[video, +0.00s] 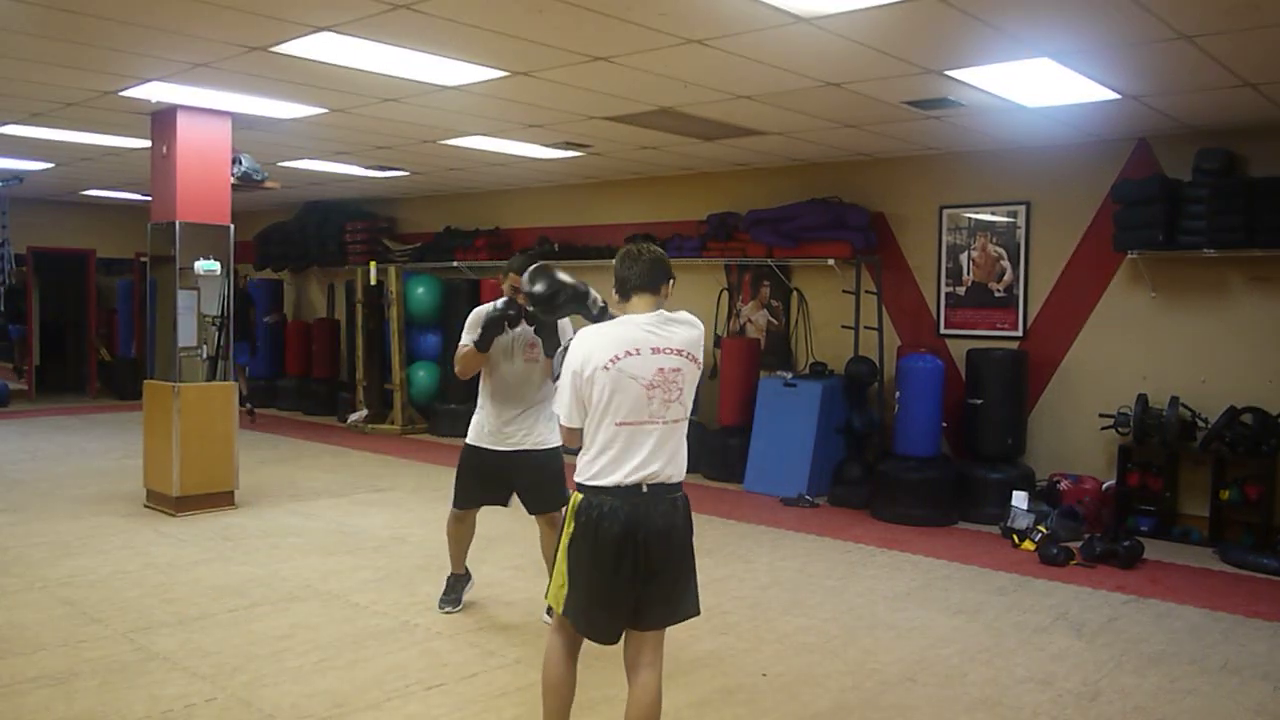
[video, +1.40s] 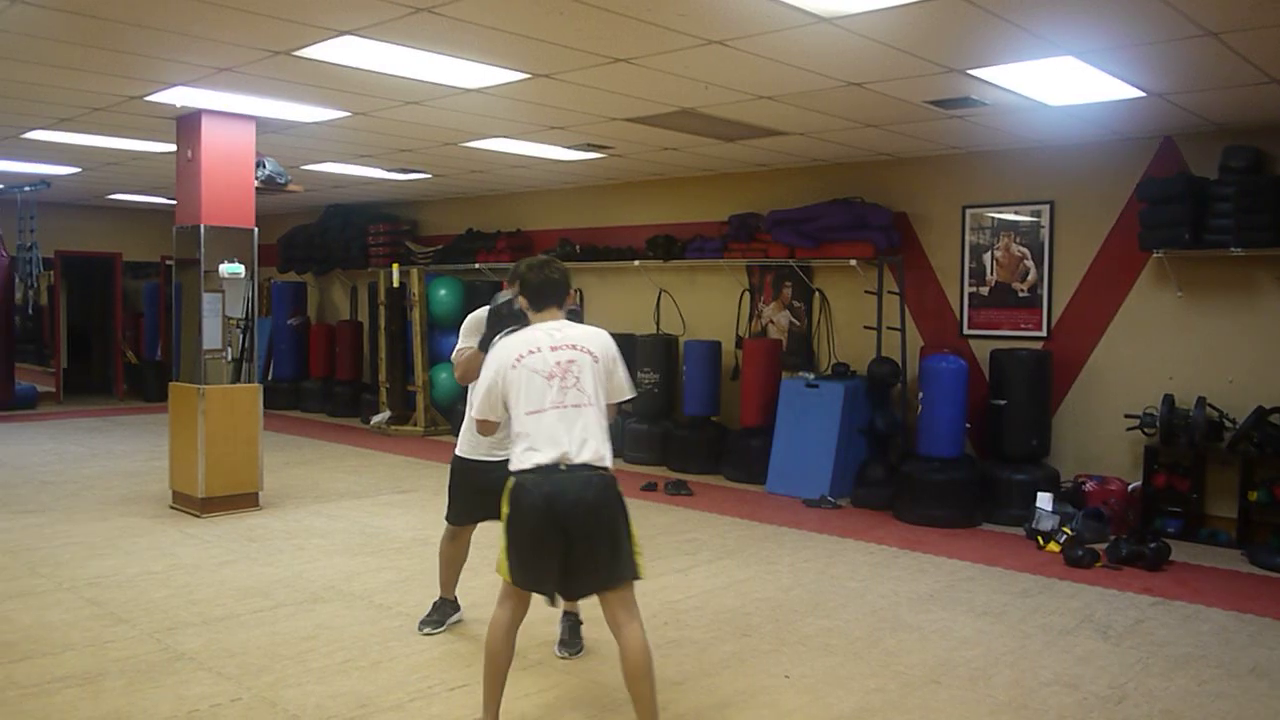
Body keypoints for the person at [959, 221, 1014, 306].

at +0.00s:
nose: (983, 241)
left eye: (985, 237)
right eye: (979, 237)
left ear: (990, 237)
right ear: (975, 237)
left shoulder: (998, 252)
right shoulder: (971, 253)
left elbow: (1009, 272)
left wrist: (1000, 286)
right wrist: (966, 279)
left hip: (992, 288)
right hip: (975, 287)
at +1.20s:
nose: (987, 242)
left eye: (990, 238)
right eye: (983, 238)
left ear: (995, 238)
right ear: (979, 238)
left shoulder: (1003, 254)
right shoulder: (975, 254)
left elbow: (1014, 273)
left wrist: (1005, 287)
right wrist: (971, 280)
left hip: (995, 289)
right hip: (979, 288)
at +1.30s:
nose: (995, 240)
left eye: (999, 236)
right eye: (992, 236)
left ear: (1004, 237)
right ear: (988, 237)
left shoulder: (1012, 252)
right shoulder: (985, 251)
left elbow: (1023, 272)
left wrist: (1015, 286)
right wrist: (979, 278)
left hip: (1004, 288)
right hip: (988, 287)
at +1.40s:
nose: (1006, 240)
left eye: (1009, 236)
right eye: (1003, 236)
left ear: (1014, 237)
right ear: (999, 237)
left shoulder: (1022, 252)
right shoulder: (994, 253)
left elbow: (1033, 272)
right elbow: (991, 269)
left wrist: (1025, 286)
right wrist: (990, 279)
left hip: (1014, 287)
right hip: (998, 286)